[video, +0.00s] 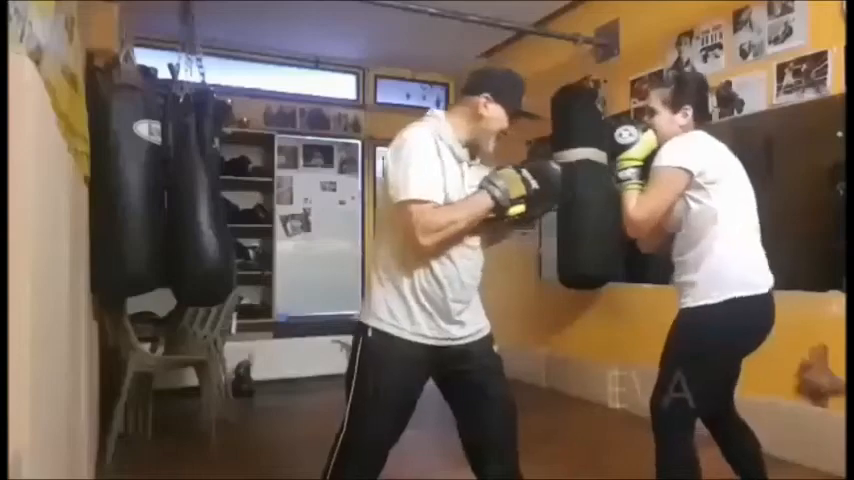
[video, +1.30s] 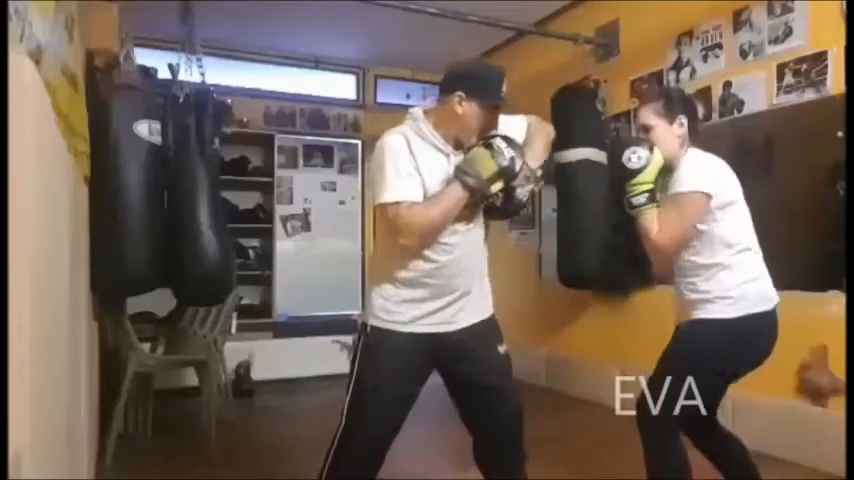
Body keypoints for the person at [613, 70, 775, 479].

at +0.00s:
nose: (645, 121)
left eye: (652, 112)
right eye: (645, 113)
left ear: (683, 114)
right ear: (684, 116)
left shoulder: (685, 149)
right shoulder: (713, 151)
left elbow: (639, 223)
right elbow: (651, 241)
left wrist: (628, 169)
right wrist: (633, 176)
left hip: (713, 307)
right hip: (747, 303)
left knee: (669, 409)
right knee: (716, 408)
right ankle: (756, 474)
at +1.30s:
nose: (641, 140)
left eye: (647, 128)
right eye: (638, 130)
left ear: (679, 127)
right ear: (675, 129)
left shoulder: (697, 169)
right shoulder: (679, 176)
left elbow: (662, 249)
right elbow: (664, 269)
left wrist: (641, 194)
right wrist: (638, 199)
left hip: (729, 321)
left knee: (654, 411)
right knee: (695, 417)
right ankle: (747, 475)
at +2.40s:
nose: (641, 119)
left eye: (646, 107)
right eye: (638, 110)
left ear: (677, 103)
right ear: (673, 107)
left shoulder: (703, 153)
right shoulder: (665, 158)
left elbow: (672, 219)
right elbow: (649, 201)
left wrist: (637, 176)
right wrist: (619, 184)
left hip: (701, 305)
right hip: (684, 305)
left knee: (646, 411)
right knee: (698, 409)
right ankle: (745, 475)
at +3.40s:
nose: (638, 124)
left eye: (644, 115)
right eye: (636, 116)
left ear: (676, 111)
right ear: (676, 113)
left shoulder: (678, 143)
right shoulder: (699, 149)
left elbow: (591, 150)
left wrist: (587, 126)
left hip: (690, 306)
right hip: (722, 303)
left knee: (635, 414)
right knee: (700, 409)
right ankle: (743, 475)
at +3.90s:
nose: (626, 159)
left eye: (633, 148)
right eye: (624, 149)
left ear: (666, 141)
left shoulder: (709, 182)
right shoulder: (646, 189)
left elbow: (678, 272)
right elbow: (622, 266)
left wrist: (652, 210)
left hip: (732, 327)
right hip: (688, 328)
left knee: (652, 423)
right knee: (670, 425)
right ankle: (722, 471)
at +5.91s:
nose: (626, 121)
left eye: (633, 111)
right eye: (626, 113)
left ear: (663, 109)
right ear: (653, 111)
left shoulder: (702, 148)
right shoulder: (632, 164)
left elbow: (711, 193)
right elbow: (586, 194)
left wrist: (659, 154)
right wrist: (565, 155)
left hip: (699, 298)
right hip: (660, 305)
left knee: (650, 413)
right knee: (682, 411)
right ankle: (728, 474)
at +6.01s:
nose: (629, 118)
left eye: (634, 109)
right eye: (628, 111)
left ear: (657, 107)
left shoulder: (694, 150)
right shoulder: (649, 167)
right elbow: (634, 230)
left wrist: (640, 120)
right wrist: (597, 198)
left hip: (692, 295)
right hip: (665, 299)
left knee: (648, 413)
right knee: (682, 410)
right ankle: (727, 472)